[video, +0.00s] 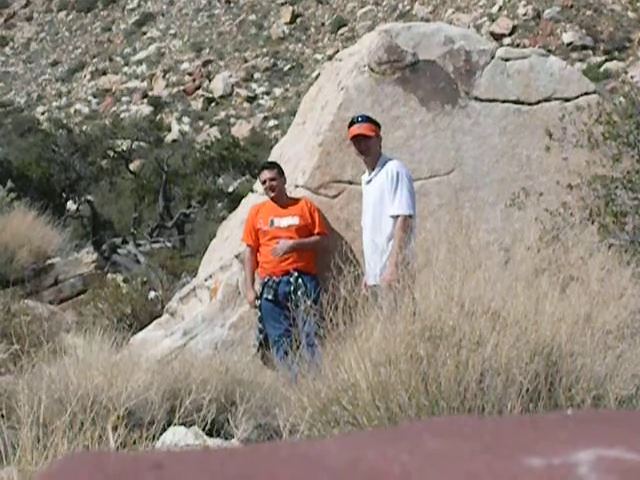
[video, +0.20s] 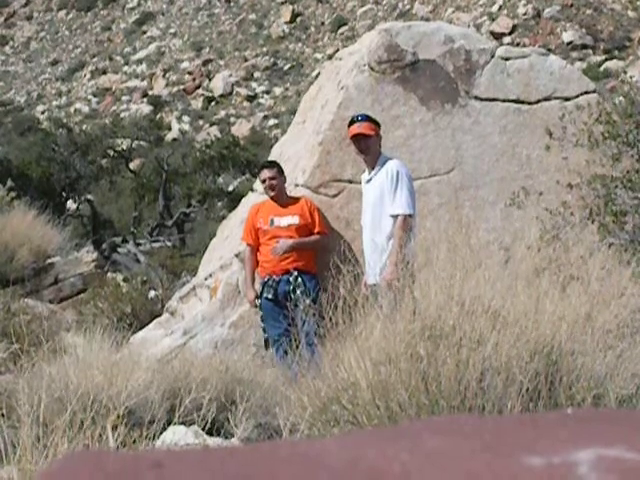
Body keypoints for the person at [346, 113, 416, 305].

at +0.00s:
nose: (361, 145)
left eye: (366, 138)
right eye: (356, 141)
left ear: (378, 138)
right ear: (352, 145)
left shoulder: (395, 170)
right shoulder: (366, 179)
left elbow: (404, 220)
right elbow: (371, 228)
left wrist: (393, 267)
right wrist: (369, 272)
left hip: (391, 273)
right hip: (374, 275)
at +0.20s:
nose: (361, 144)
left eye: (366, 137)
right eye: (356, 140)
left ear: (378, 137)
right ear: (352, 144)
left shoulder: (395, 169)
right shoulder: (366, 178)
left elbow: (404, 219)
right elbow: (372, 228)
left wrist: (393, 265)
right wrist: (369, 272)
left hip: (392, 272)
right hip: (374, 274)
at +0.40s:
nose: (361, 144)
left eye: (366, 138)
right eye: (356, 140)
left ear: (378, 137)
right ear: (352, 144)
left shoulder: (395, 169)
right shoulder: (366, 178)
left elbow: (404, 219)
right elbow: (370, 228)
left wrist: (393, 265)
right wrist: (368, 272)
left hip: (392, 272)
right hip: (374, 274)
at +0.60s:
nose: (361, 144)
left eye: (366, 138)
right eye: (356, 140)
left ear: (379, 137)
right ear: (352, 144)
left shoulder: (395, 169)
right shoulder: (366, 178)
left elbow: (404, 218)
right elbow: (371, 227)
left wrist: (393, 264)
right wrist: (368, 271)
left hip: (393, 272)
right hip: (374, 274)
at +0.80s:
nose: (362, 145)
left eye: (366, 138)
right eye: (356, 140)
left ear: (379, 137)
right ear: (352, 144)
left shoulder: (395, 169)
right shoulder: (366, 178)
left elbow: (404, 218)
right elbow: (372, 227)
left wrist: (393, 264)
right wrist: (369, 271)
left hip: (392, 271)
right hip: (374, 273)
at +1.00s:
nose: (356, 145)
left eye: (361, 139)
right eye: (352, 140)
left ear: (377, 137)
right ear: (351, 142)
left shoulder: (396, 170)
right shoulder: (367, 178)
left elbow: (404, 218)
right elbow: (372, 227)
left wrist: (393, 264)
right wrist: (369, 271)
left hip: (393, 272)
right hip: (374, 274)